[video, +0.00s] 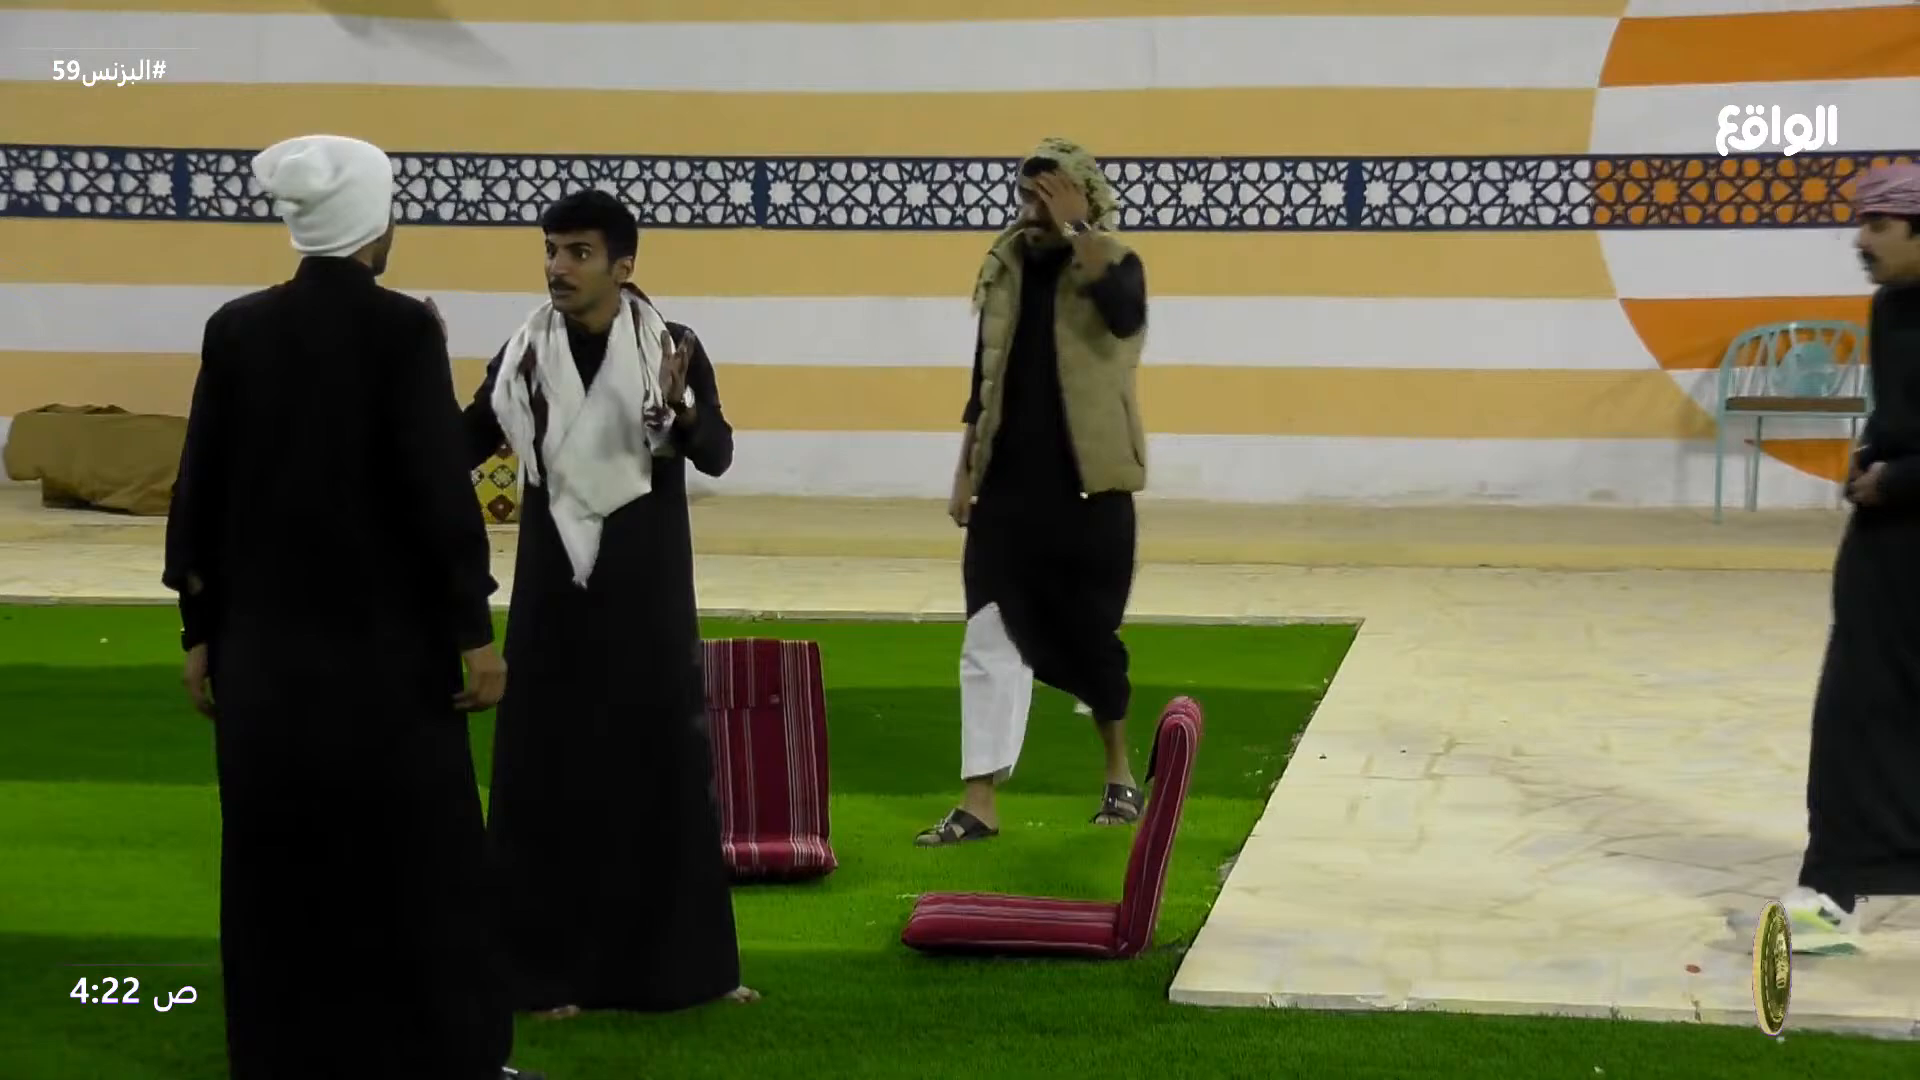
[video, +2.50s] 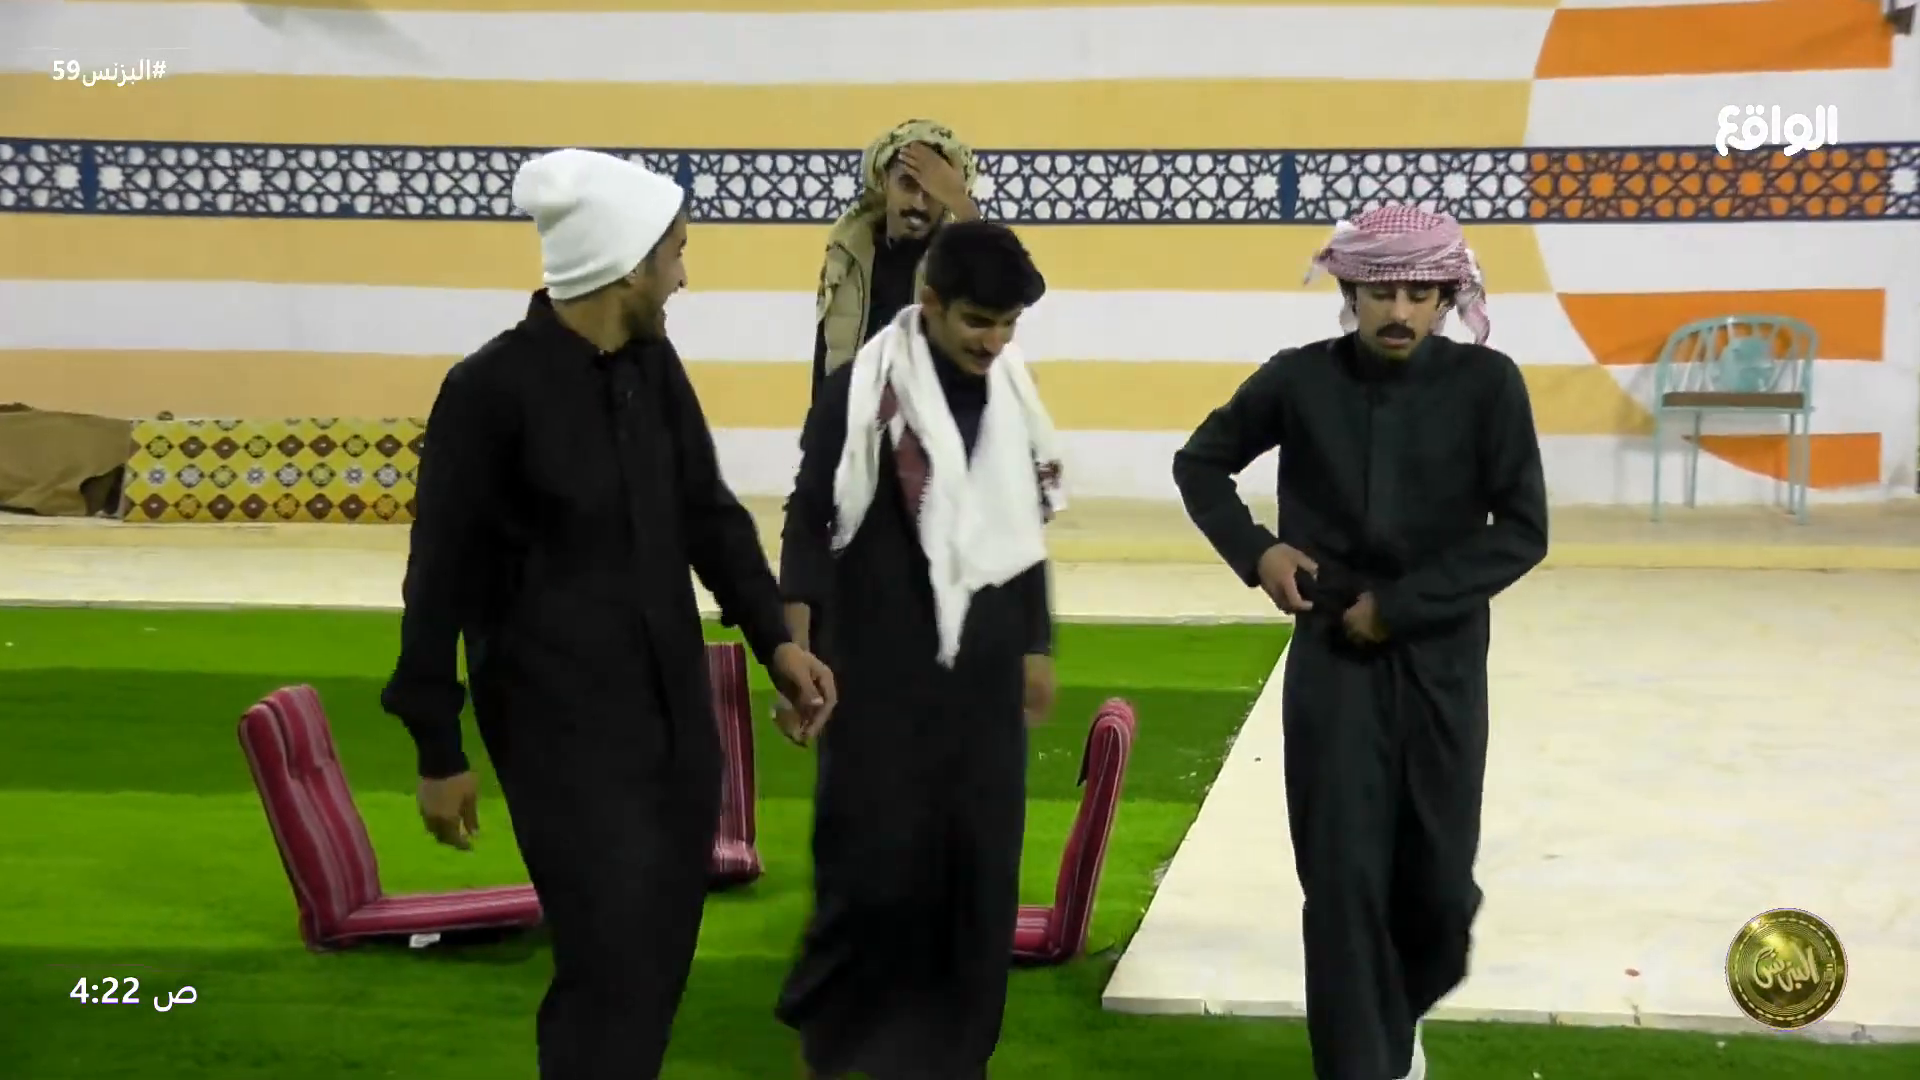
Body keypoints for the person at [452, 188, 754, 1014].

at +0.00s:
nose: (560, 267)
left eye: (579, 253)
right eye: (553, 252)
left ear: (623, 263)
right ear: (543, 260)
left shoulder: (672, 349)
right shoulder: (524, 351)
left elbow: (718, 456)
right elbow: (465, 442)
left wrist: (685, 408)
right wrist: (399, 467)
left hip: (646, 597)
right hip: (550, 595)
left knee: (666, 773)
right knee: (547, 774)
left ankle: (697, 966)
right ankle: (553, 973)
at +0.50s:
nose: (552, 268)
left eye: (571, 254)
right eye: (545, 252)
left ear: (614, 262)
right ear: (538, 257)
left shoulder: (661, 345)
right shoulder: (520, 348)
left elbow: (709, 456)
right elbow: (459, 451)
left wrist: (672, 407)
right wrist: (430, 381)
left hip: (641, 585)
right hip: (548, 584)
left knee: (658, 766)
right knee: (546, 766)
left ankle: (692, 968)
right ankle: (558, 973)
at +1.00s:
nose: (609, 267)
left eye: (627, 254)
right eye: (596, 251)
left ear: (658, 262)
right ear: (581, 257)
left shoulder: (697, 346)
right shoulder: (551, 345)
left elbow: (746, 459)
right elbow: (517, 465)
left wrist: (687, 472)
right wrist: (602, 470)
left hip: (672, 592)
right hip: (576, 590)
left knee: (680, 767)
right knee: (571, 769)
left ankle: (693, 970)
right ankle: (562, 976)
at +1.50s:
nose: (750, 279)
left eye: (767, 265)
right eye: (733, 263)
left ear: (786, 272)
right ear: (705, 266)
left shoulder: (796, 353)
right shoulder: (658, 354)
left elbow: (824, 443)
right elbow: (615, 473)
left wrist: (835, 492)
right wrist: (593, 588)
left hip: (757, 600)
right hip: (671, 602)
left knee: (753, 779)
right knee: (680, 781)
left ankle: (742, 972)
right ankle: (685, 983)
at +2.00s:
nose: (856, 332)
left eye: (867, 315)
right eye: (838, 318)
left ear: (879, 304)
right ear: (792, 303)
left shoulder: (875, 373)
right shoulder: (742, 393)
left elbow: (892, 490)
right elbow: (704, 532)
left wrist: (914, 582)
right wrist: (740, 641)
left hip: (863, 645)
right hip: (777, 650)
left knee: (868, 830)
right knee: (783, 832)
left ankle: (735, 972)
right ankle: (784, 1022)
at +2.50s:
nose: (993, 341)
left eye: (1007, 325)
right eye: (976, 323)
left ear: (1020, 314)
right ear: (928, 301)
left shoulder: (1010, 391)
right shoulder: (860, 385)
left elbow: (1028, 529)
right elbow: (809, 519)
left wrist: (1036, 647)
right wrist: (797, 647)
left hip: (981, 676)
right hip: (878, 670)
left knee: (976, 867)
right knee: (876, 861)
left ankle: (955, 1051)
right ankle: (843, 1039)